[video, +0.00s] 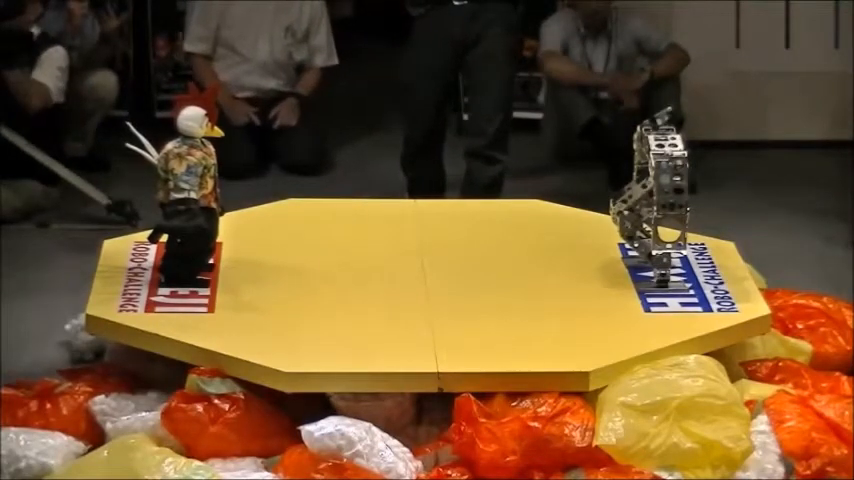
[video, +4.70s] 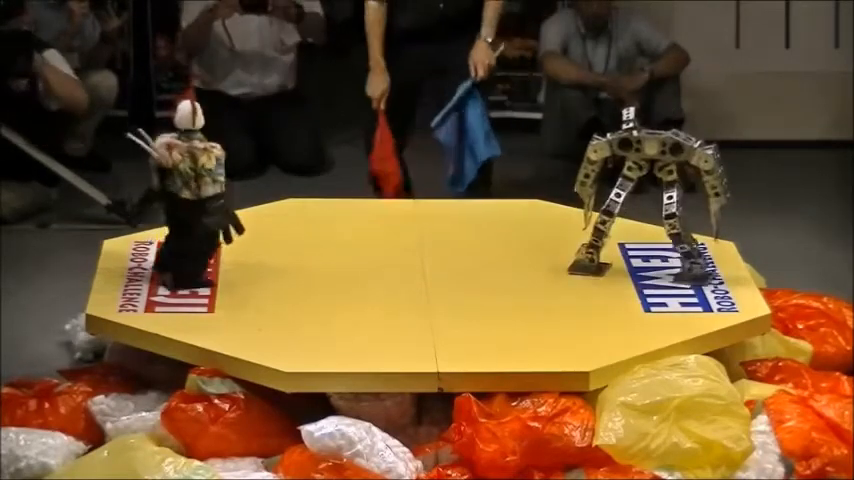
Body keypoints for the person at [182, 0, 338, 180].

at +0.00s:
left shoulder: (310, 5)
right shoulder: (212, 5)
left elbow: (316, 64)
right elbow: (198, 56)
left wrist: (294, 100)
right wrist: (228, 102)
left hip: (284, 99)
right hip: (232, 99)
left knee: (306, 160)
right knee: (237, 164)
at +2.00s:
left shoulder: (302, 5)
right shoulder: (201, 5)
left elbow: (312, 60)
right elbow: (191, 60)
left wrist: (291, 100)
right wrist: (226, 105)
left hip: (280, 98)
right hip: (228, 102)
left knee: (306, 160)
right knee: (237, 163)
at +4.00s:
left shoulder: (301, 5)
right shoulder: (196, 6)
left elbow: (317, 49)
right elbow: (187, 59)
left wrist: (299, 81)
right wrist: (220, 82)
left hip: (280, 97)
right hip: (229, 99)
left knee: (306, 161)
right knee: (237, 164)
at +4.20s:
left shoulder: (301, 4)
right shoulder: (197, 5)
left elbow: (320, 45)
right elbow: (183, 54)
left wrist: (296, 57)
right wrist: (215, 53)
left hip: (283, 99)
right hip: (227, 100)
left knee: (306, 162)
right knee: (236, 165)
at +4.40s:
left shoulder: (297, 3)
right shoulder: (197, 4)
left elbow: (322, 42)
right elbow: (183, 55)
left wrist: (294, 32)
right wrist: (213, 34)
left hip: (283, 99)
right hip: (228, 103)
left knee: (306, 162)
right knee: (236, 166)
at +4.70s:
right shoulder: (198, 5)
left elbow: (320, 31)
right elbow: (186, 48)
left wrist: (296, 16)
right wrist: (211, 15)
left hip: (279, 96)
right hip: (221, 99)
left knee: (307, 162)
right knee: (239, 166)